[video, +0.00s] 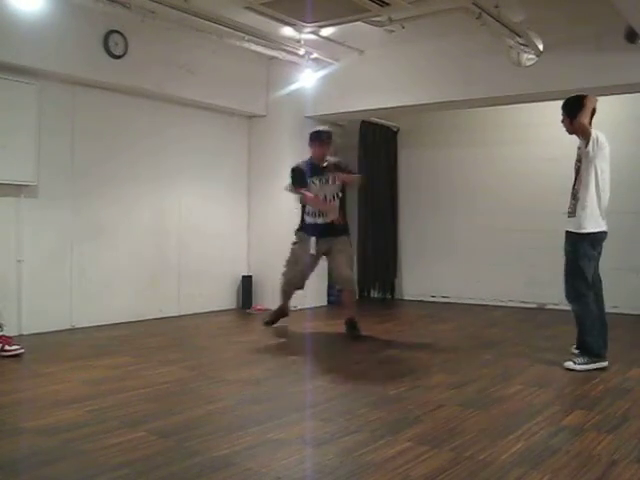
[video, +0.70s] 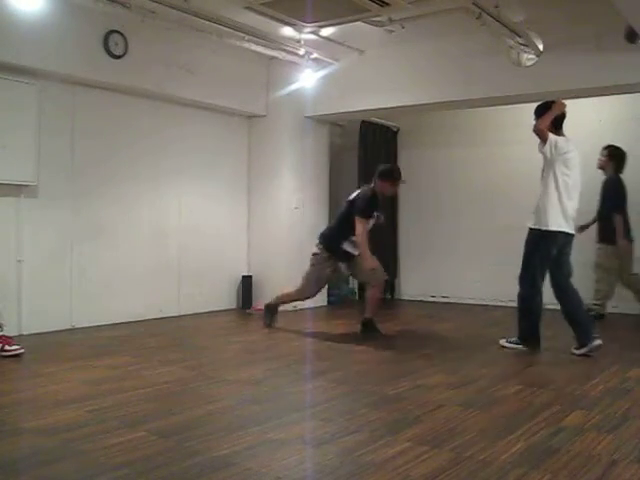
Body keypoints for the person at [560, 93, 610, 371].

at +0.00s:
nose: (564, 126)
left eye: (566, 120)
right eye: (564, 120)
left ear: (577, 118)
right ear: (576, 119)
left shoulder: (595, 143)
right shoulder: (587, 145)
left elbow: (582, 126)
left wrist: (589, 106)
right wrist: (588, 106)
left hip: (587, 229)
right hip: (582, 228)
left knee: (581, 292)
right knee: (587, 290)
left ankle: (594, 354)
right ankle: (589, 347)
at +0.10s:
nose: (562, 124)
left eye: (564, 119)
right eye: (562, 119)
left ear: (576, 118)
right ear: (576, 119)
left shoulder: (591, 142)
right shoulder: (587, 145)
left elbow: (581, 122)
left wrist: (588, 105)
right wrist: (587, 104)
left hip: (583, 228)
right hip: (589, 227)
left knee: (566, 285)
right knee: (590, 287)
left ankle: (588, 347)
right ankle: (594, 345)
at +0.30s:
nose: (557, 126)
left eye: (558, 120)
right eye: (556, 121)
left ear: (568, 118)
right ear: (569, 121)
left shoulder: (582, 142)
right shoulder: (590, 144)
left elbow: (572, 121)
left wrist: (580, 104)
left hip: (575, 225)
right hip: (592, 227)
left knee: (546, 281)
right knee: (589, 290)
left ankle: (561, 342)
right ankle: (596, 346)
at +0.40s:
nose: (552, 129)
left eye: (553, 123)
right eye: (551, 124)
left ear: (563, 120)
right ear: (568, 122)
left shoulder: (577, 143)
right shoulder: (585, 146)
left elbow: (565, 121)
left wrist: (574, 105)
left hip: (570, 226)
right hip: (588, 228)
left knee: (542, 281)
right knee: (587, 290)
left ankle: (543, 341)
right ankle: (595, 345)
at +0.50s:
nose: (546, 129)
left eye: (548, 124)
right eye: (546, 124)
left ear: (559, 121)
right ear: (566, 122)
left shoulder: (571, 144)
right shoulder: (579, 146)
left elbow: (556, 123)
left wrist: (567, 108)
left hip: (564, 228)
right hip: (581, 229)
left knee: (540, 283)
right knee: (583, 290)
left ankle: (529, 336)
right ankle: (595, 344)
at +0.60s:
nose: (542, 129)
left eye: (544, 123)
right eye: (542, 124)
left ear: (554, 122)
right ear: (565, 124)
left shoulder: (564, 146)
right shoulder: (574, 149)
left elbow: (548, 126)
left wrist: (560, 111)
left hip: (554, 227)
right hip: (572, 229)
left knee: (536, 286)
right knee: (575, 290)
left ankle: (528, 337)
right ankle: (592, 342)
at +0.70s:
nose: (538, 127)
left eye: (540, 123)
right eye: (538, 123)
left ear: (548, 123)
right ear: (562, 124)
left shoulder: (559, 145)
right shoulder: (570, 149)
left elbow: (539, 128)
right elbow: (570, 191)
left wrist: (554, 110)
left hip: (546, 227)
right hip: (564, 228)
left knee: (529, 283)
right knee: (562, 284)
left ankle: (527, 339)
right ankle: (587, 337)